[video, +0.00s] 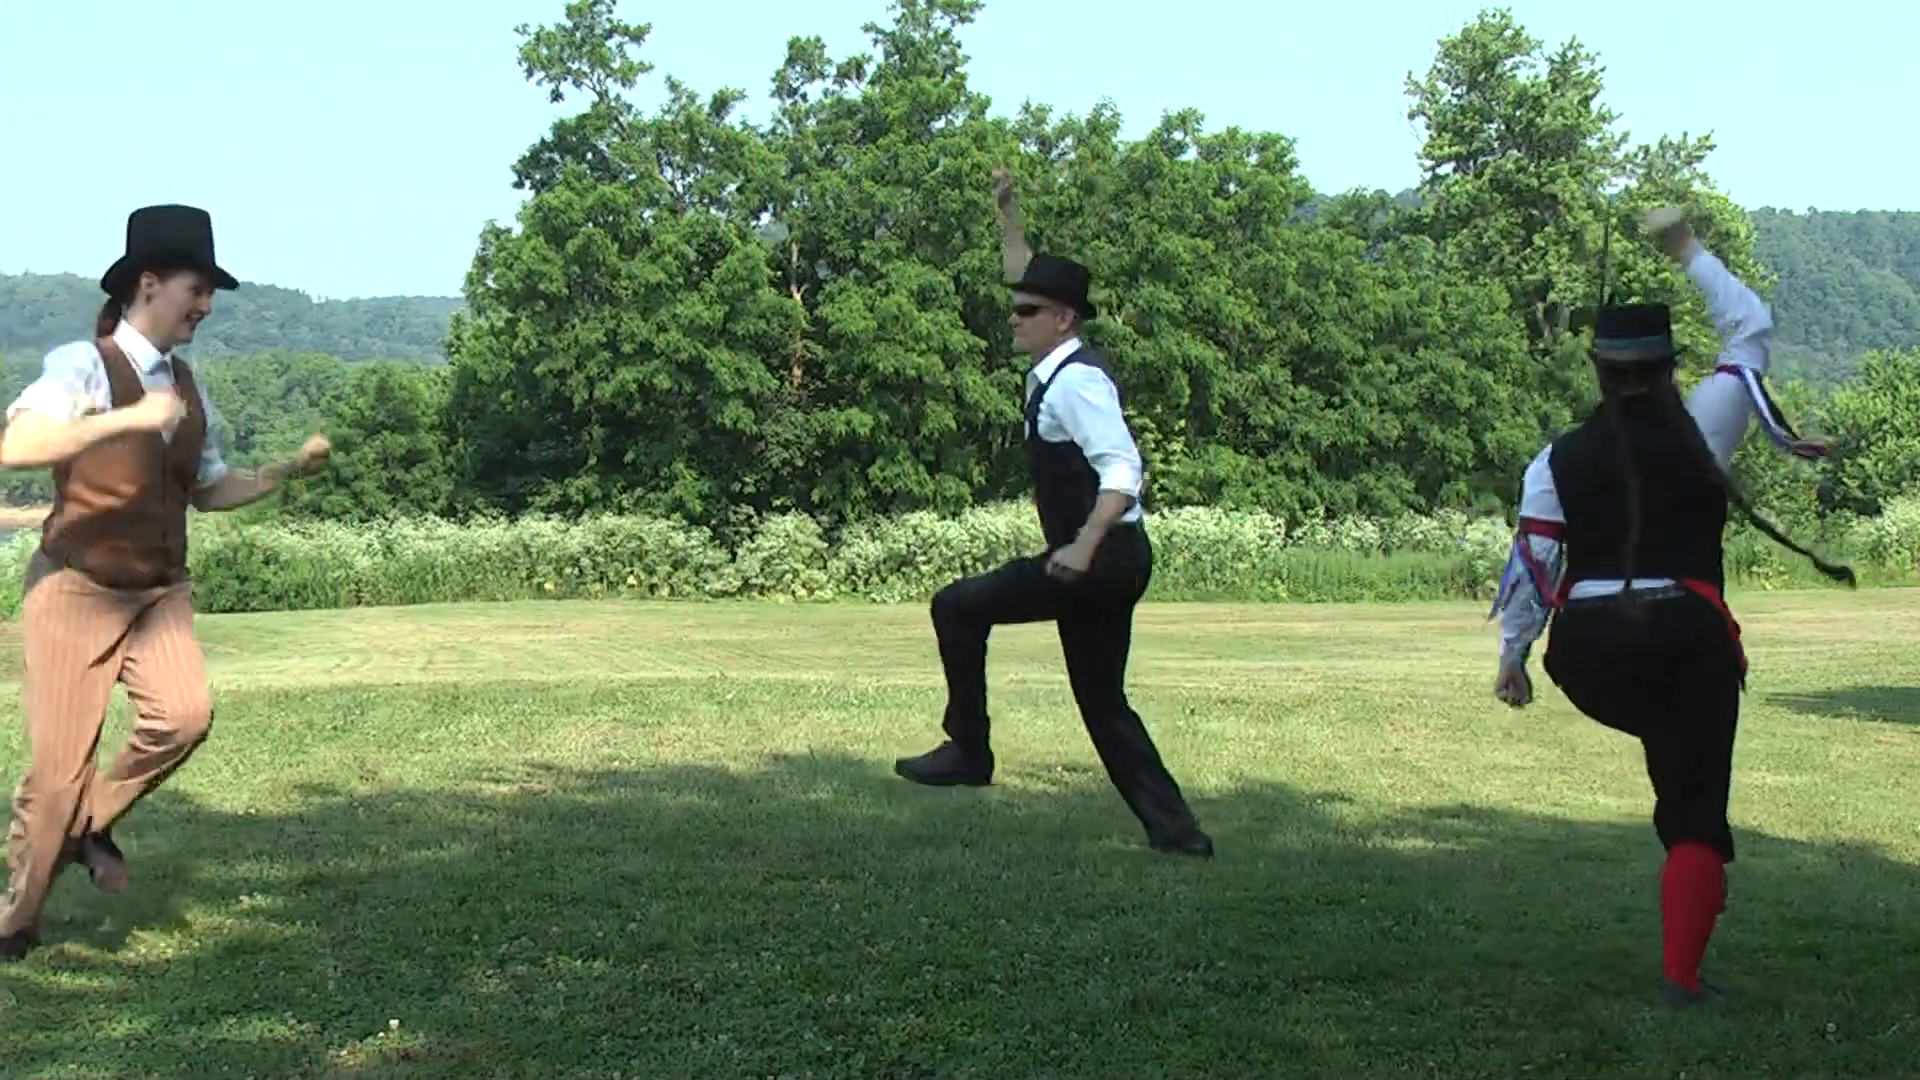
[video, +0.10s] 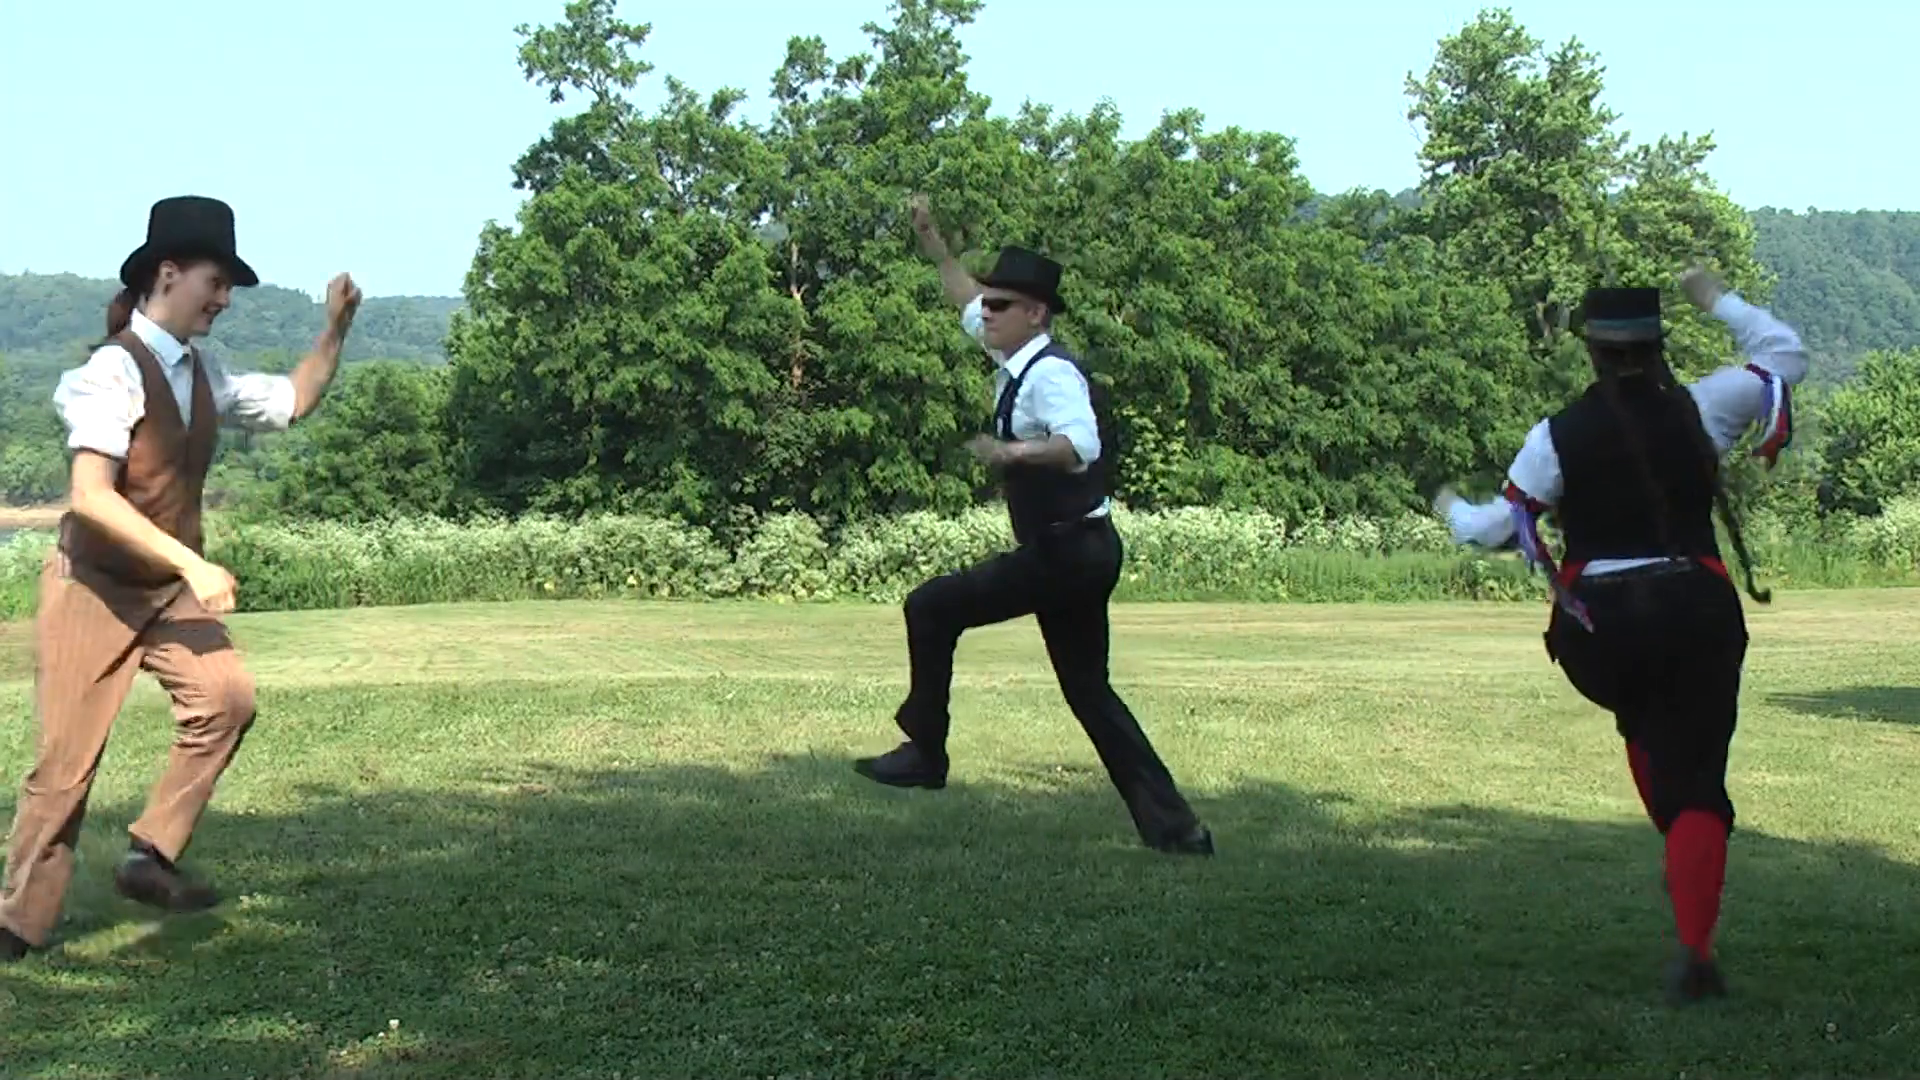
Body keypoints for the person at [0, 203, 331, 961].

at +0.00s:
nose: (206, 305)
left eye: (210, 291)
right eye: (197, 287)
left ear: (166, 290)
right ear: (149, 283)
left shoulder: (183, 379)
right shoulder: (81, 366)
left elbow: (211, 489)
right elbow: (17, 445)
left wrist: (291, 467)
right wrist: (128, 418)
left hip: (160, 593)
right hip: (76, 593)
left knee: (183, 718)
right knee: (59, 776)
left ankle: (88, 816)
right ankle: (17, 929)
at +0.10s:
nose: (225, 299)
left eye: (229, 286)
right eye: (217, 281)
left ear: (181, 281)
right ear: (168, 273)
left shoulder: (202, 368)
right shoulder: (113, 370)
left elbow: (291, 402)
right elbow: (90, 497)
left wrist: (335, 330)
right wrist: (192, 564)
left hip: (172, 586)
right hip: (92, 589)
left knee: (226, 700)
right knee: (65, 766)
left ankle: (151, 857)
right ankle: (17, 927)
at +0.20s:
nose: (264, 278)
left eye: (266, 266)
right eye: (254, 263)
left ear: (233, 271)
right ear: (202, 265)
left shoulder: (250, 342)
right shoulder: (160, 362)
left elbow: (322, 295)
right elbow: (144, 491)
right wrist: (205, 591)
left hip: (216, 578)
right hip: (136, 577)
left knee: (272, 701)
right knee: (85, 752)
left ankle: (210, 881)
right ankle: (11, 902)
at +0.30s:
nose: (307, 280)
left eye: (307, 266)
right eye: (291, 265)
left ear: (285, 273)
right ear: (245, 273)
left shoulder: (287, 336)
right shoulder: (213, 358)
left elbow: (338, 260)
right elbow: (186, 486)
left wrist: (370, 159)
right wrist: (245, 582)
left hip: (270, 589)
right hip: (192, 579)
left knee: (287, 761)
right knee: (120, 752)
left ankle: (251, 943)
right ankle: (10, 883)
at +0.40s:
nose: (355, 284)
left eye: (354, 273)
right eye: (343, 273)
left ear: (319, 289)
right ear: (298, 288)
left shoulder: (341, 361)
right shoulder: (266, 378)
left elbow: (374, 261)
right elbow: (219, 492)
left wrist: (367, 150)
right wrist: (285, 596)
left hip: (319, 610)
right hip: (244, 604)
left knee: (320, 794)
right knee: (221, 805)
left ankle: (256, 958)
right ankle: (83, 837)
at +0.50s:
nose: (412, 254)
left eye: (409, 240)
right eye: (397, 240)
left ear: (371, 253)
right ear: (352, 251)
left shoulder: (375, 322)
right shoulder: (322, 336)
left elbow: (414, 222)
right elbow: (270, 454)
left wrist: (414, 118)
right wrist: (311, 561)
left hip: (362, 575)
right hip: (320, 573)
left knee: (339, 771)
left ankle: (259, 952)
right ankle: (203, 795)